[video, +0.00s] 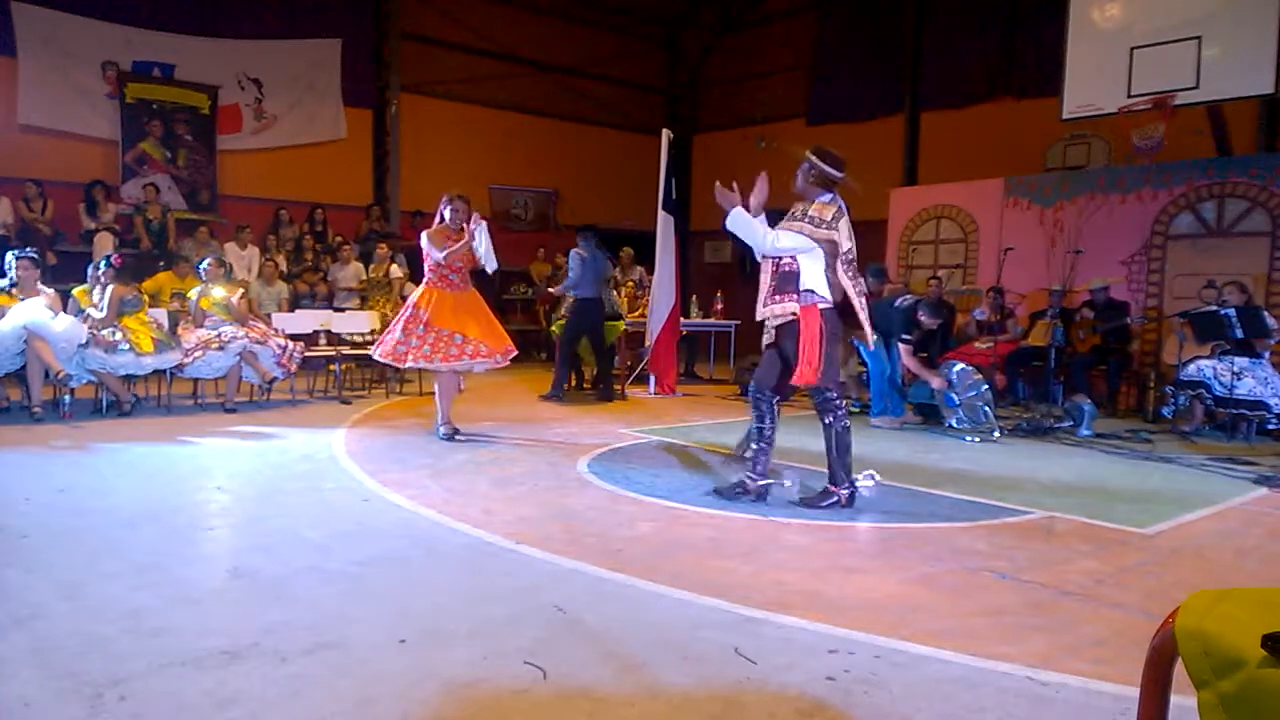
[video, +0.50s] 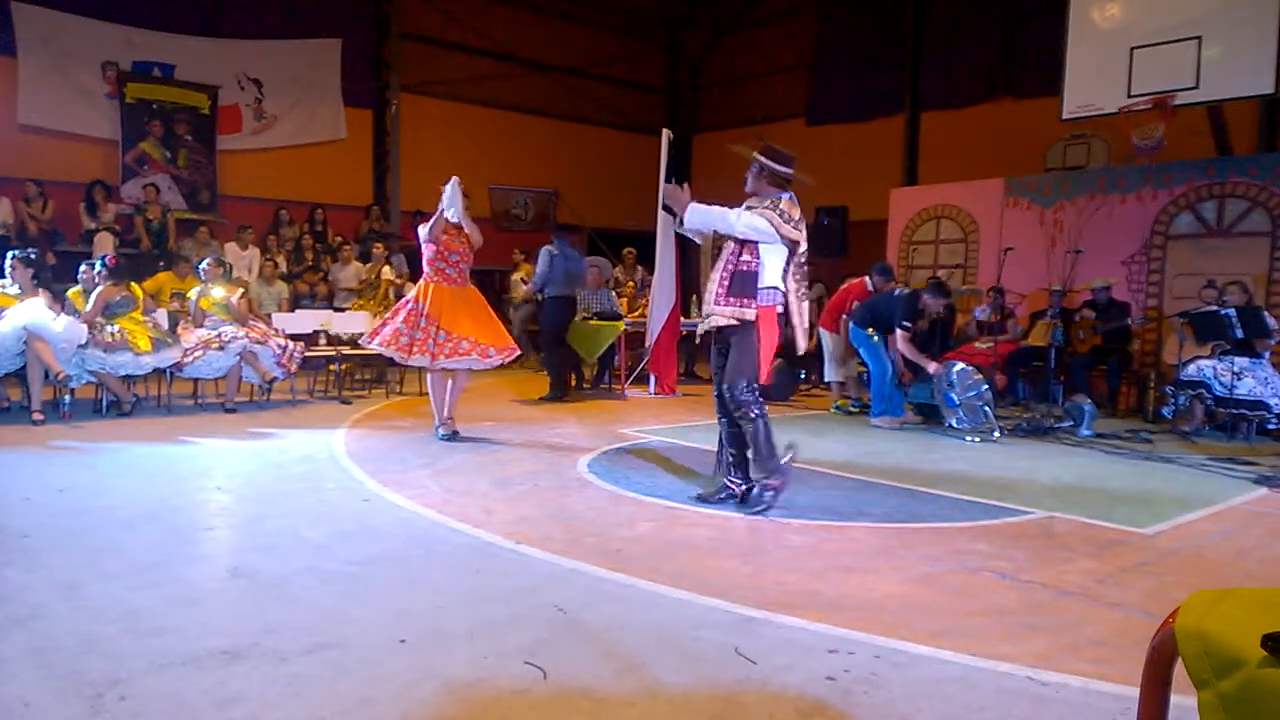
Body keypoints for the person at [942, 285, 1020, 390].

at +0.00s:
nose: (991, 301)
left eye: (995, 299)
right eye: (989, 298)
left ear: (1001, 300)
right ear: (985, 298)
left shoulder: (1007, 313)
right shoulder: (980, 313)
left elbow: (1013, 335)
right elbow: (974, 334)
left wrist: (991, 339)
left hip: (1002, 343)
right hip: (983, 343)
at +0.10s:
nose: (991, 301)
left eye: (995, 299)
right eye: (989, 298)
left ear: (1002, 300)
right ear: (985, 298)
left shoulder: (1007, 313)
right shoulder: (981, 312)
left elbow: (1013, 335)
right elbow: (974, 334)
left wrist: (992, 339)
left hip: (1003, 343)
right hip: (984, 343)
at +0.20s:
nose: (992, 301)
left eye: (995, 298)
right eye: (989, 298)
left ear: (1001, 300)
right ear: (985, 298)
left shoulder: (1007, 313)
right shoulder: (979, 313)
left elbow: (1013, 335)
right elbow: (974, 333)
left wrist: (992, 339)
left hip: (1002, 343)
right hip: (983, 343)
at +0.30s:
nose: (992, 301)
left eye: (996, 298)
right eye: (989, 297)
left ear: (1002, 299)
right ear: (986, 298)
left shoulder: (1008, 313)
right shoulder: (981, 314)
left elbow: (1012, 335)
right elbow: (974, 335)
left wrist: (990, 339)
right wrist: (972, 322)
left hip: (1003, 343)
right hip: (983, 343)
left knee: (982, 361)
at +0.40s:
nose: (992, 301)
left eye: (996, 298)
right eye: (989, 297)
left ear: (1002, 299)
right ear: (986, 298)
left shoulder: (1008, 313)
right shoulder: (981, 313)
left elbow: (1012, 335)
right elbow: (974, 335)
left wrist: (991, 339)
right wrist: (967, 325)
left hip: (1003, 343)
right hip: (983, 344)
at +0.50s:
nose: (992, 301)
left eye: (996, 298)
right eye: (990, 297)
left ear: (1002, 299)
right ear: (986, 298)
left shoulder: (1008, 312)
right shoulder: (981, 312)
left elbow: (1012, 335)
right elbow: (974, 334)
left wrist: (991, 339)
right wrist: (967, 325)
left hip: (1003, 343)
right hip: (983, 343)